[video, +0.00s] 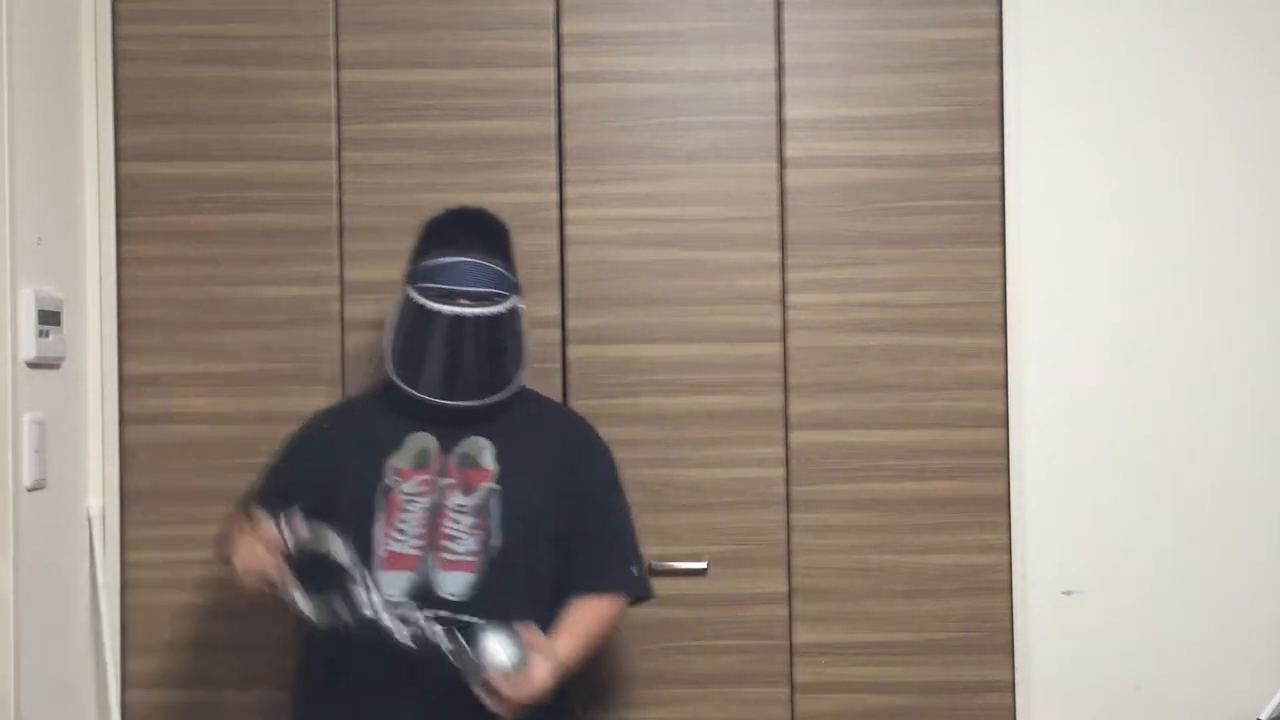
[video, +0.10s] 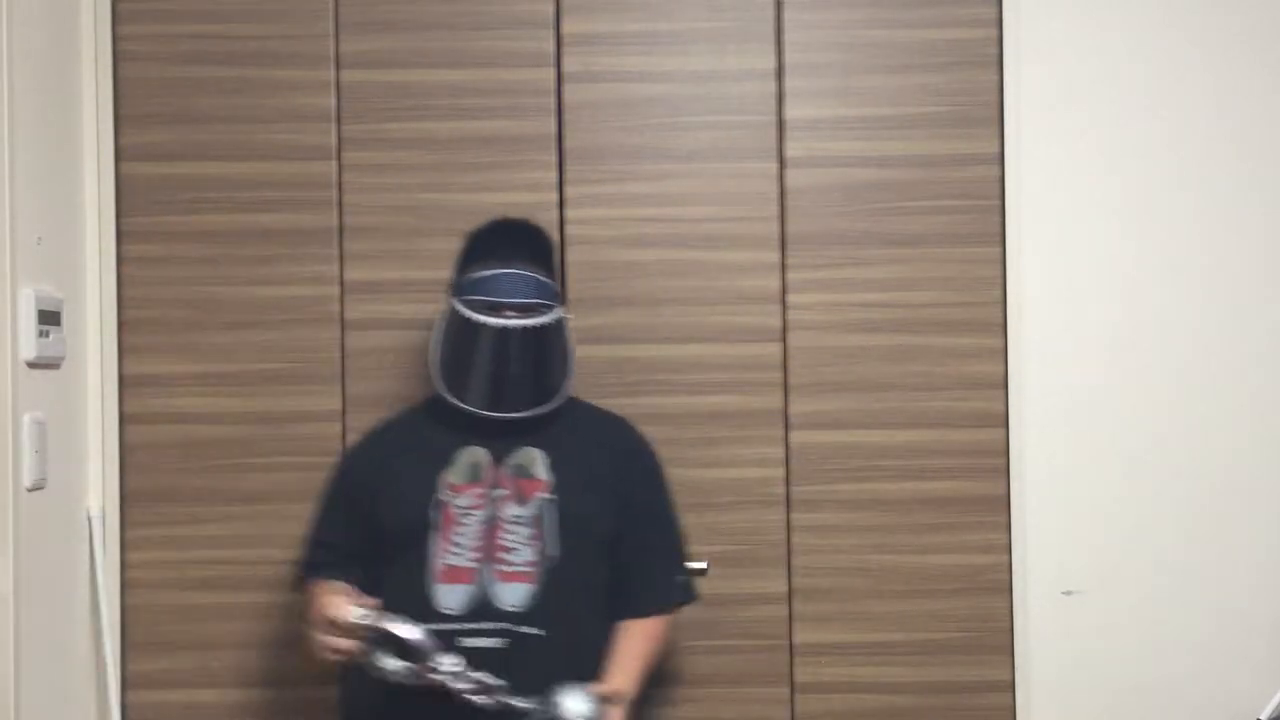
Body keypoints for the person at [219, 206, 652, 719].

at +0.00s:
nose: (458, 336)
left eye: (478, 318)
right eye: (440, 315)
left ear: (510, 319)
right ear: (408, 312)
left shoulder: (565, 445)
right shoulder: (339, 434)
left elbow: (608, 581)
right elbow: (259, 517)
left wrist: (553, 656)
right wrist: (254, 547)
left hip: (495, 704)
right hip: (352, 701)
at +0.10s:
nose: (507, 349)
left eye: (526, 329)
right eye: (487, 328)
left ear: (556, 328)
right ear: (453, 323)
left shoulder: (615, 454)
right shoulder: (386, 455)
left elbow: (652, 594)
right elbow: (333, 567)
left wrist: (615, 691)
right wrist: (334, 611)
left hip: (558, 706)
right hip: (409, 703)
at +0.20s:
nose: (557, 347)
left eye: (577, 328)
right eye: (536, 329)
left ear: (607, 325)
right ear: (503, 326)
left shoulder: (672, 447)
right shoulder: (448, 453)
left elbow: (722, 581)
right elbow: (376, 569)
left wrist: (698, 659)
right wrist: (394, 591)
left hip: (628, 702)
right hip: (484, 701)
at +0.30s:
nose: (597, 330)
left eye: (616, 311)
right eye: (577, 312)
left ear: (645, 308)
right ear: (545, 310)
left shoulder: (713, 426)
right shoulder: (491, 437)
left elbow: (793, 539)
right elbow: (406, 576)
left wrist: (750, 606)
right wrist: (455, 511)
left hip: (684, 700)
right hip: (539, 701)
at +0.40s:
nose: (621, 319)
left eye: (641, 298)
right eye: (600, 298)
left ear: (671, 296)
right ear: (566, 299)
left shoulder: (736, 405)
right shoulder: (528, 423)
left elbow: (856, 510)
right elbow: (426, 518)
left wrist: (812, 502)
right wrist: (498, 403)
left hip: (718, 701)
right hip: (570, 702)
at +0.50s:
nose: (638, 303)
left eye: (658, 280)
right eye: (615, 281)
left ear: (686, 286)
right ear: (579, 290)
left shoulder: (758, 406)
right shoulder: (541, 413)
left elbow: (884, 495)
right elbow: (444, 456)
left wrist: (858, 439)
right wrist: (517, 331)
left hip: (740, 698)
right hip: (588, 700)